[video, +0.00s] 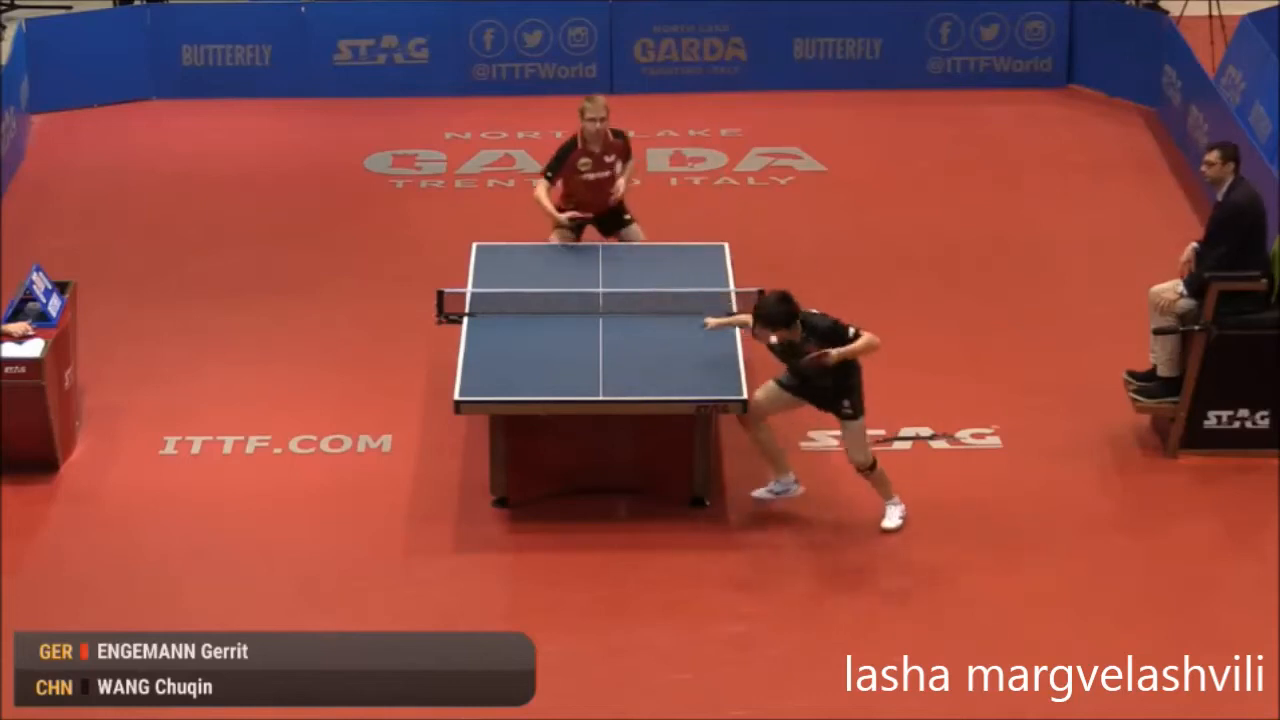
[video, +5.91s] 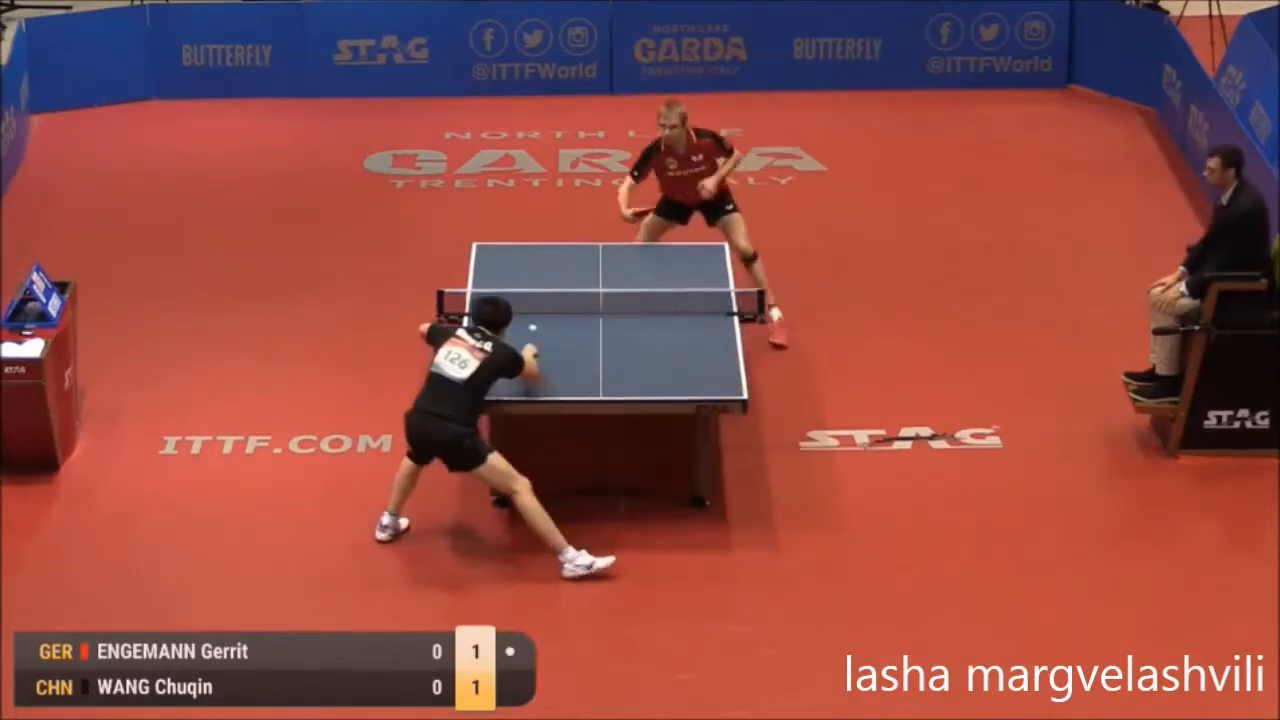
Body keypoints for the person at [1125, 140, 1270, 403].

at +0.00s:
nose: (1203, 170)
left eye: (1210, 165)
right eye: (1203, 164)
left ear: (1229, 167)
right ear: (1224, 168)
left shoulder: (1238, 202)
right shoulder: (1232, 194)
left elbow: (1221, 258)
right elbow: (1216, 239)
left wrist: (1184, 288)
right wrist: (1194, 247)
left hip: (1236, 290)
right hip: (1225, 280)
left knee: (1164, 305)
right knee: (1157, 294)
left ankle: (1170, 379)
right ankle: (1161, 368)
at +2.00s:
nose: (1186, 176)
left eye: (1192, 170)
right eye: (1186, 170)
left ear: (1213, 171)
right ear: (1209, 173)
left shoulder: (1228, 204)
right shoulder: (1217, 199)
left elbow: (1213, 259)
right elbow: (1201, 248)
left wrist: (1179, 292)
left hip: (1242, 293)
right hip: (1225, 284)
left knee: (1166, 308)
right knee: (1158, 298)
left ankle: (1171, 380)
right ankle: (1161, 370)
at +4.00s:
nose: (1208, 174)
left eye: (1214, 168)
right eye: (1208, 168)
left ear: (1233, 168)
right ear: (1226, 170)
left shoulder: (1245, 204)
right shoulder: (1233, 198)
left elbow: (1222, 257)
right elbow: (1211, 246)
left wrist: (1183, 289)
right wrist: (1179, 274)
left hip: (1238, 292)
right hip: (1224, 282)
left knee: (1166, 306)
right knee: (1158, 297)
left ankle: (1170, 379)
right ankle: (1159, 369)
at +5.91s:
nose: (1206, 175)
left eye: (1211, 170)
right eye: (1206, 169)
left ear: (1230, 172)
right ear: (1223, 173)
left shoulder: (1245, 206)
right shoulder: (1228, 200)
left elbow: (1226, 263)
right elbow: (1208, 244)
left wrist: (1184, 288)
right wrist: (1179, 274)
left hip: (1237, 291)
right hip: (1221, 279)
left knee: (1166, 306)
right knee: (1156, 296)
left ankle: (1169, 378)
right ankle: (1160, 369)